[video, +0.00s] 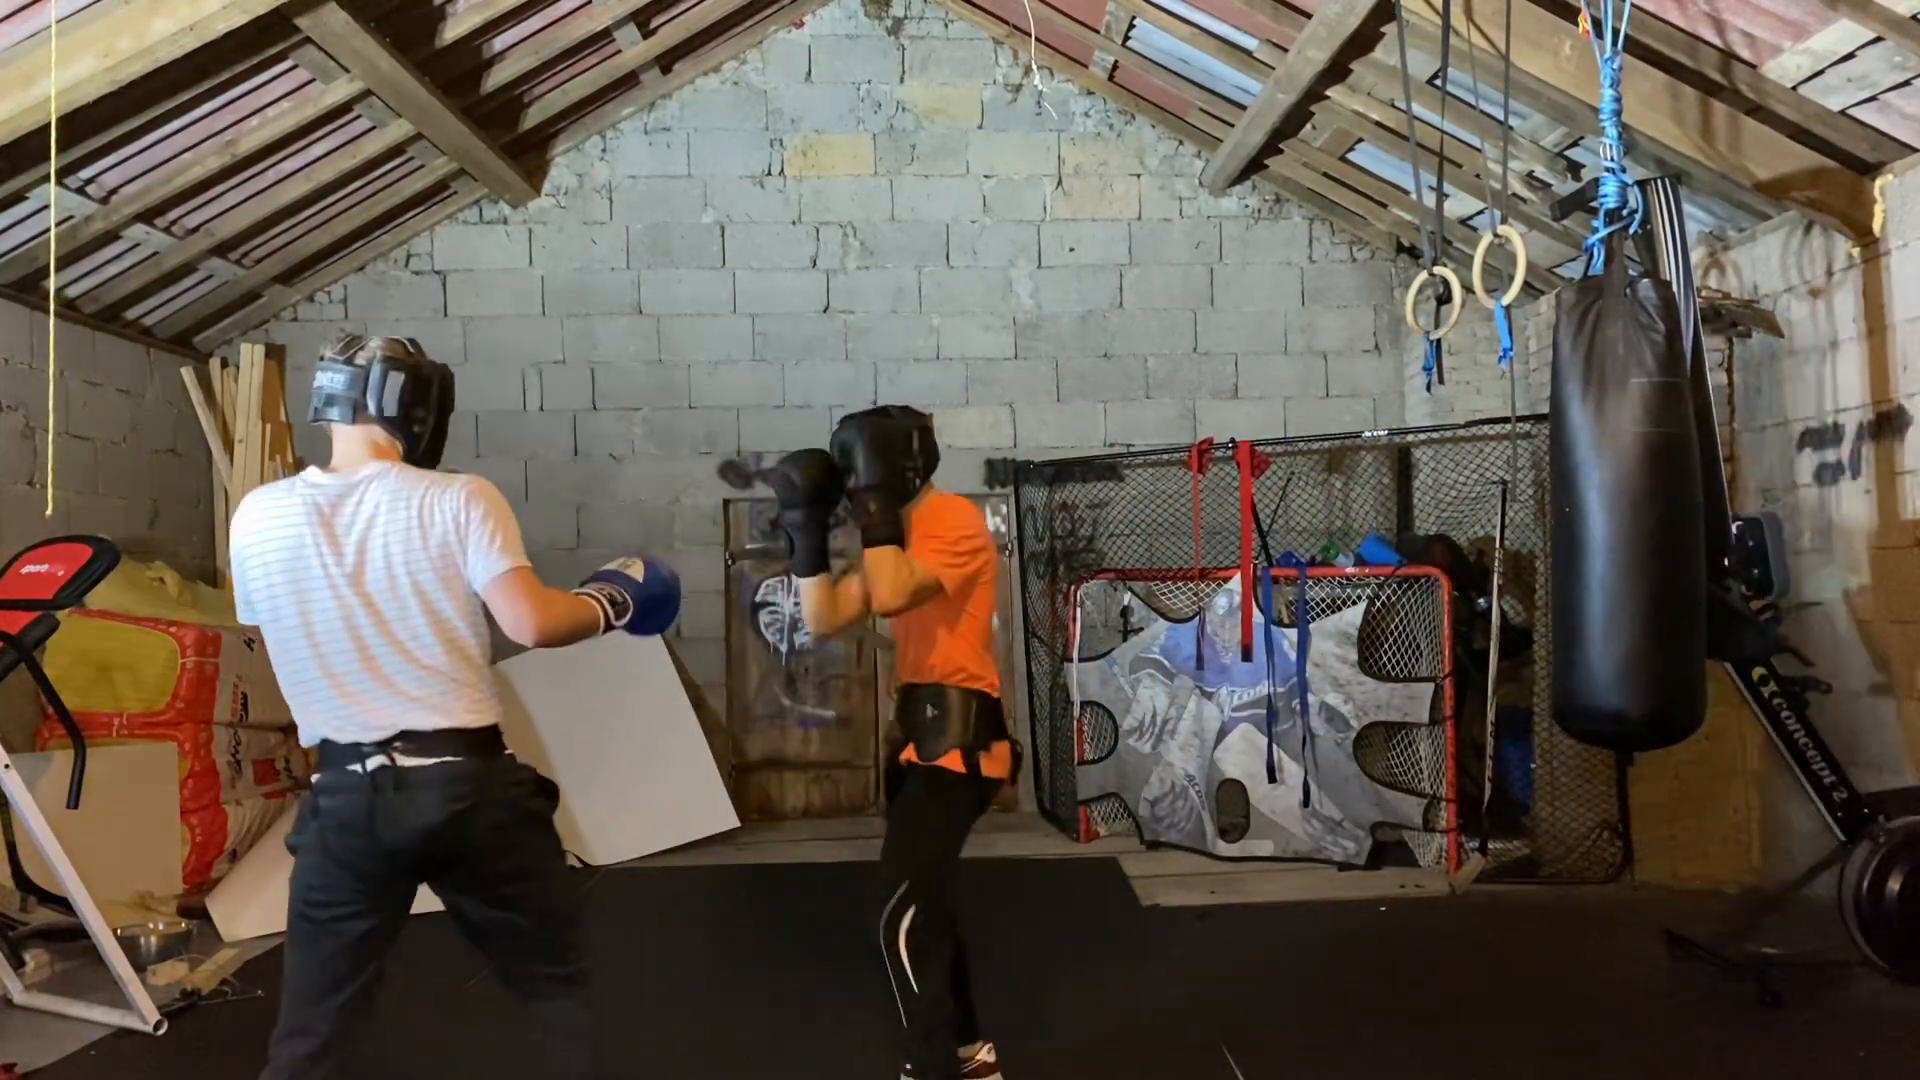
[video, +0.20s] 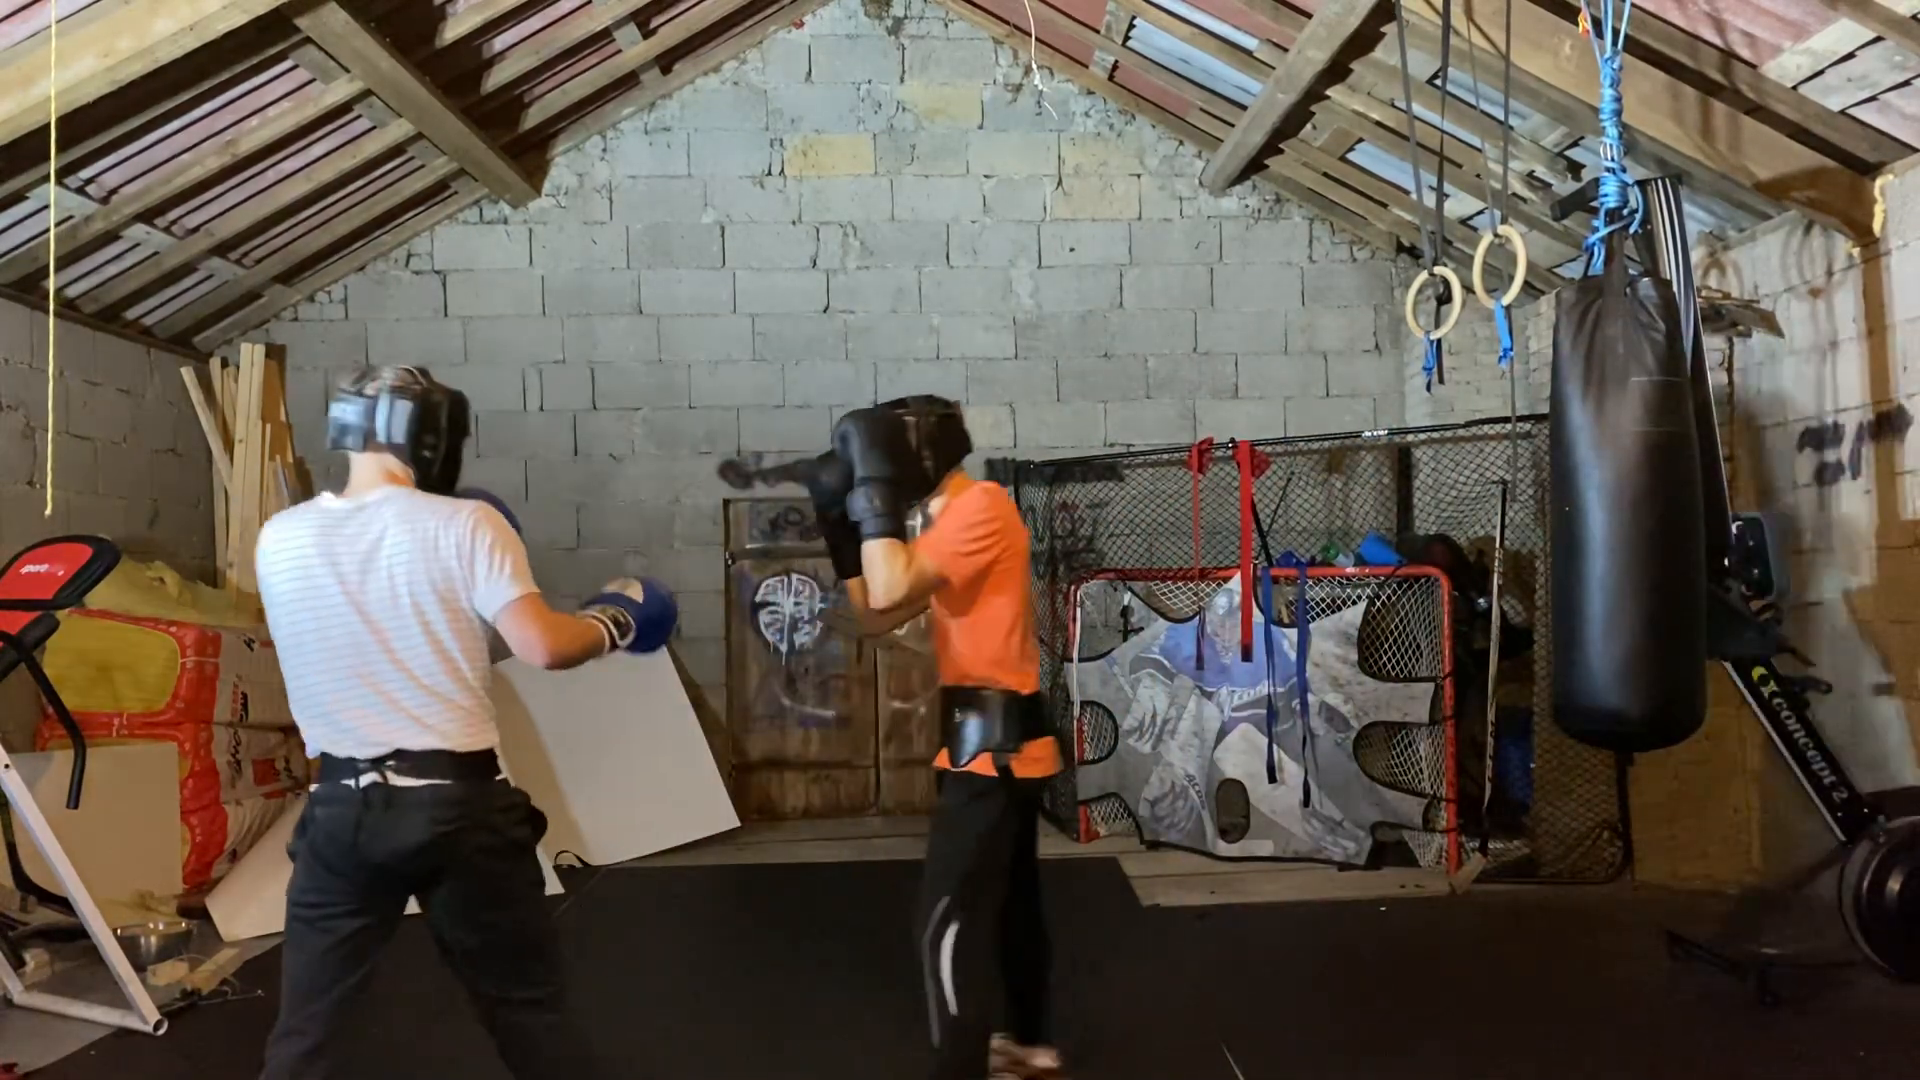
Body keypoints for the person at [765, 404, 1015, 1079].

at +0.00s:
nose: (860, 487)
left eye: (865, 474)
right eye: (857, 477)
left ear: (896, 466)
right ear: (904, 464)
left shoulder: (955, 519)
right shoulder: (898, 538)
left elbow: (890, 593)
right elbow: (824, 616)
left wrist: (873, 498)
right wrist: (806, 522)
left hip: (961, 736)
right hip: (922, 735)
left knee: (901, 916)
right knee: (926, 902)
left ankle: (931, 1067)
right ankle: (966, 1047)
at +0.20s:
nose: (878, 473)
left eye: (882, 459)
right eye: (878, 458)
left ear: (912, 457)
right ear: (935, 450)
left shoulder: (981, 508)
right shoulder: (947, 515)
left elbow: (888, 592)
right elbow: (873, 611)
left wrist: (876, 488)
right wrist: (836, 523)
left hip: (994, 735)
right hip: (989, 730)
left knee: (946, 921)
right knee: (1013, 899)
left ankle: (959, 1067)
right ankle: (1029, 1044)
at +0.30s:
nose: (914, 463)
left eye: (917, 450)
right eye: (915, 447)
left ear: (943, 451)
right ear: (964, 445)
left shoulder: (1013, 502)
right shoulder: (977, 509)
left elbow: (918, 591)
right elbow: (904, 603)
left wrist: (906, 484)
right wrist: (867, 519)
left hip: (1016, 747)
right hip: (1015, 741)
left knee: (972, 928)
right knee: (1044, 906)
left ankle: (977, 1068)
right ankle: (1138, 1046)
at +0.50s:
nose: (997, 469)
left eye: (1003, 456)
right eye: (998, 454)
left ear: (1028, 460)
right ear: (1058, 455)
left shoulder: (1088, 522)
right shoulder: (1067, 523)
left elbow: (978, 608)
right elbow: (968, 615)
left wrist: (976, 499)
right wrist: (949, 523)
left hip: (1072, 761)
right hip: (1099, 758)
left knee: (984, 928)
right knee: (1153, 927)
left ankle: (974, 1066)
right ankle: (1241, 1061)